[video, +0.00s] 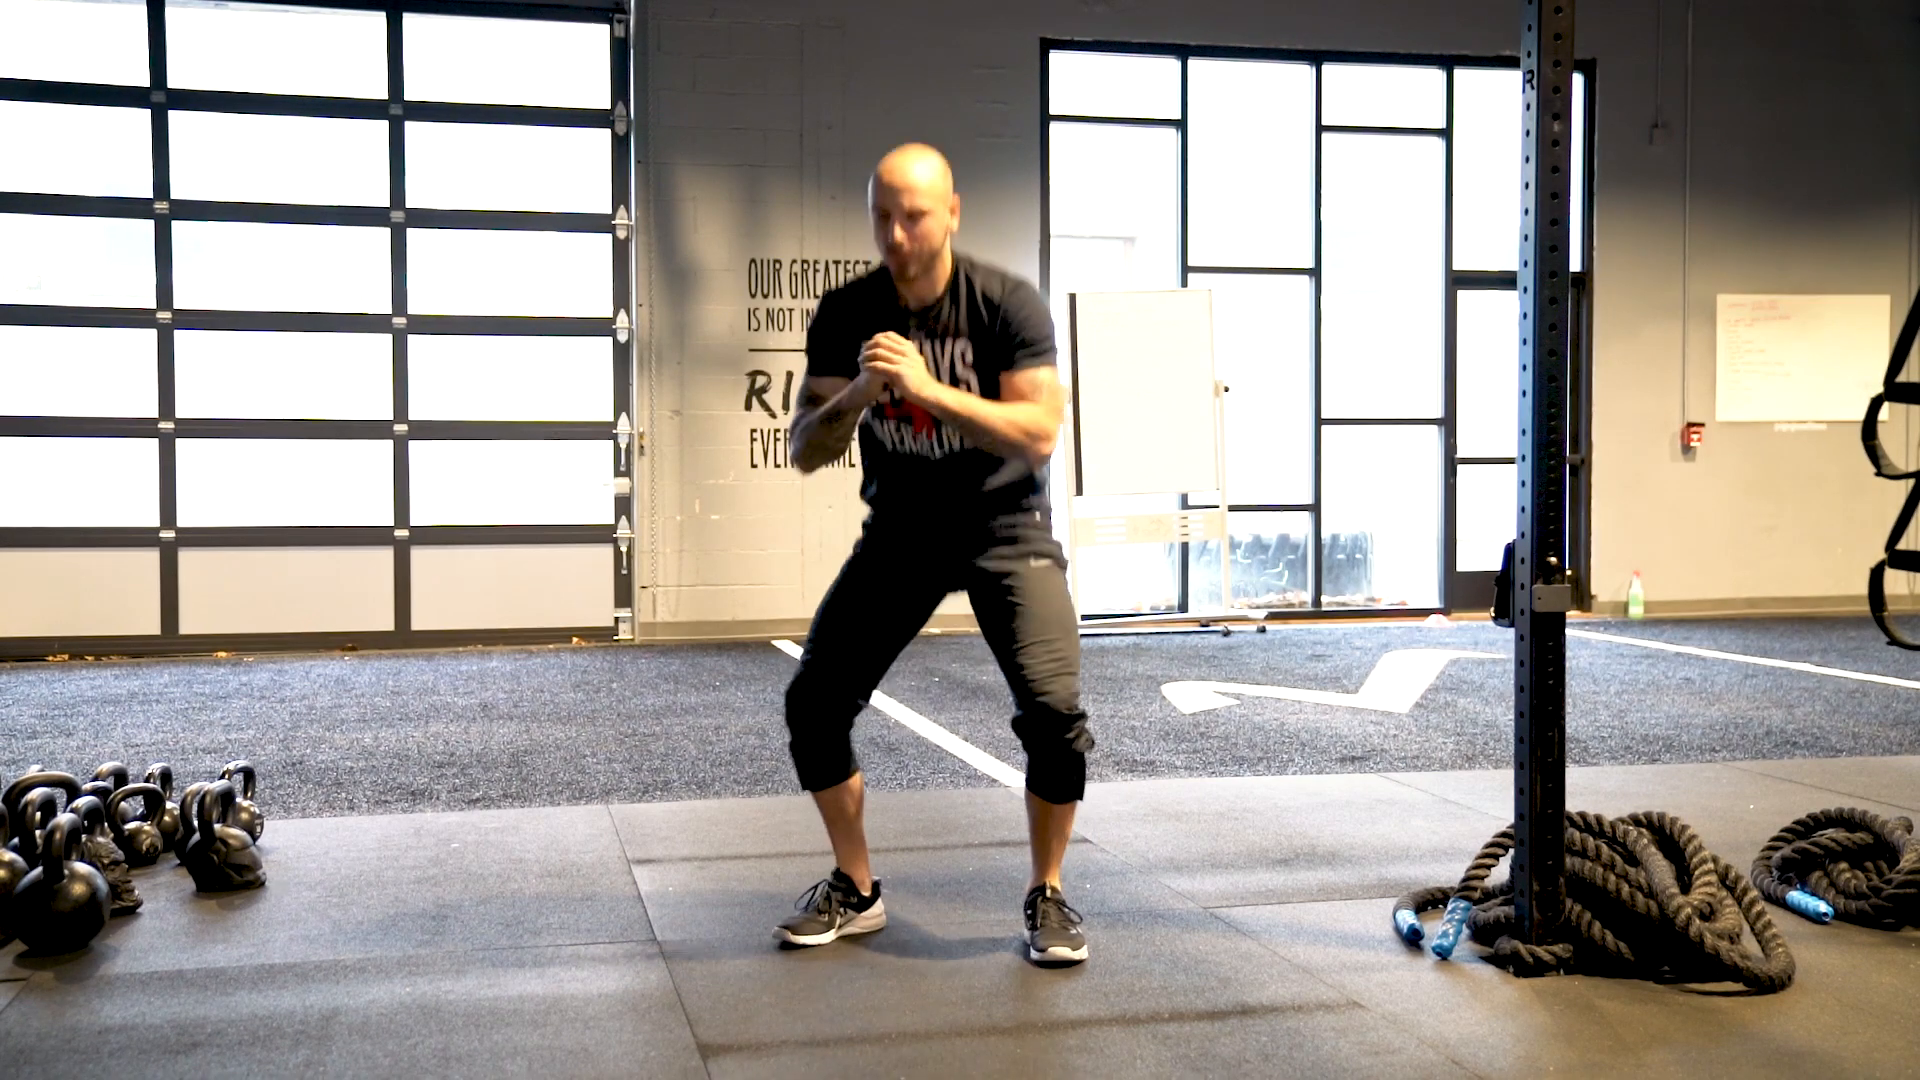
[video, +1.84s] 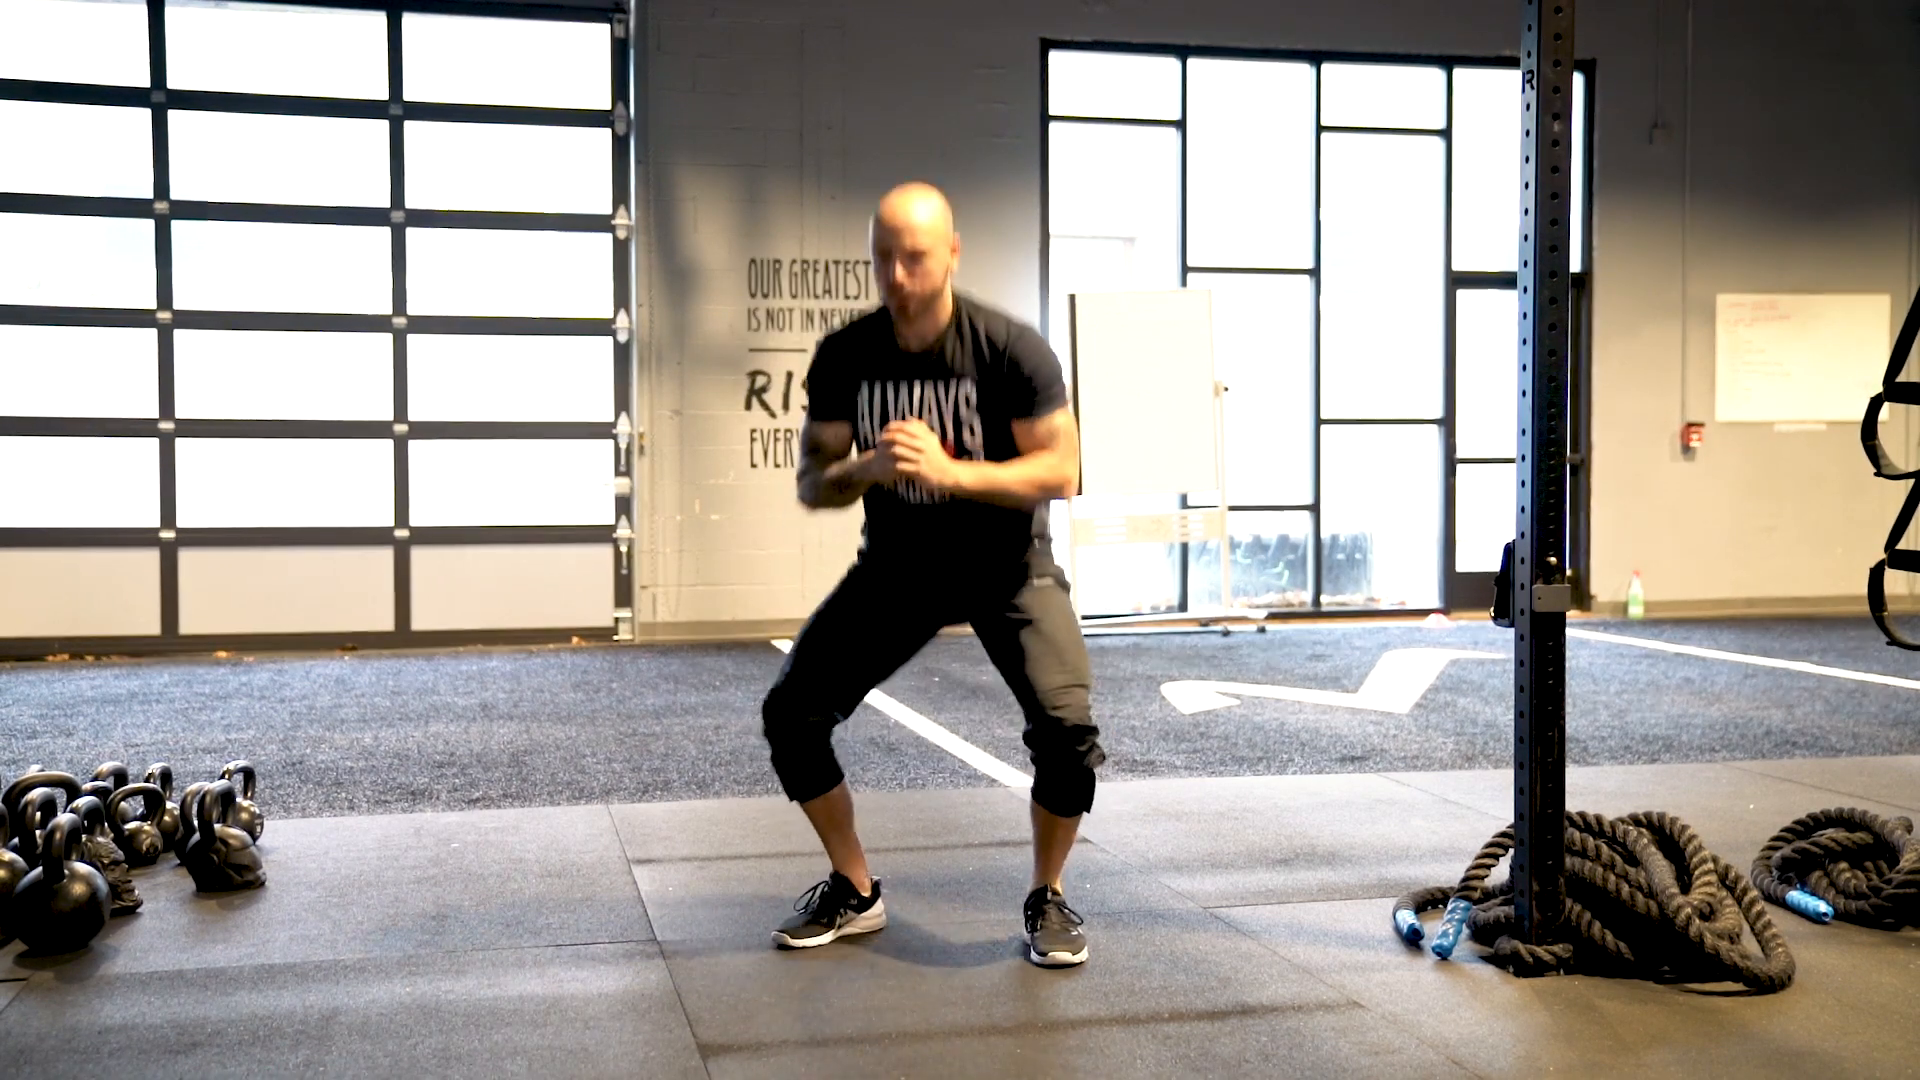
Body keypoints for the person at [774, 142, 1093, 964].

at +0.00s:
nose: (898, 238)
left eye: (915, 219)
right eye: (885, 220)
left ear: (953, 216)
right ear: (871, 221)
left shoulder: (1011, 306)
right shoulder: (843, 313)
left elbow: (1038, 437)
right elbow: (808, 453)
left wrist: (926, 389)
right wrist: (856, 396)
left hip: (1008, 532)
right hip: (902, 534)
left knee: (1056, 713)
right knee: (813, 708)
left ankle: (1048, 894)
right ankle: (855, 888)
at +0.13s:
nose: (897, 333)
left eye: (915, 313)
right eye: (885, 313)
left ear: (952, 311)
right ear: (871, 312)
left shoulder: (1003, 394)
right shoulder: (846, 397)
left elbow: (1018, 502)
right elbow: (782, 513)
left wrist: (913, 423)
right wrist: (843, 431)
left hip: (1010, 601)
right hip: (905, 604)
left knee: (1073, 736)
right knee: (781, 723)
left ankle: (1047, 899)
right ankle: (853, 889)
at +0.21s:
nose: (897, 404)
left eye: (915, 387)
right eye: (886, 386)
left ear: (953, 385)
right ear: (872, 383)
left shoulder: (1001, 460)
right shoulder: (851, 460)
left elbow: (1007, 557)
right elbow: (777, 563)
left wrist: (911, 468)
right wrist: (846, 472)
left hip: (1004, 656)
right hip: (902, 660)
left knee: (1085, 758)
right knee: (771, 738)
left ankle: (1046, 900)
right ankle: (854, 890)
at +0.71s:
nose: (902, 352)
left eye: (920, 332)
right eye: (890, 332)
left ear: (958, 329)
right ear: (876, 331)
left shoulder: (1010, 417)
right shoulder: (847, 418)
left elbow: (1037, 536)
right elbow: (793, 546)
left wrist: (927, 475)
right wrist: (852, 475)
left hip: (1010, 616)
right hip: (903, 615)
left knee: (1081, 744)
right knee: (777, 726)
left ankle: (1047, 898)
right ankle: (853, 887)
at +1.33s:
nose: (898, 459)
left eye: (917, 443)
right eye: (886, 442)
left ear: (955, 441)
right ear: (873, 440)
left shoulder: (1004, 513)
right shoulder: (850, 515)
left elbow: (1004, 613)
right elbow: (779, 619)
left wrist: (908, 520)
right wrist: (847, 524)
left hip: (1001, 706)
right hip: (899, 707)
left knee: (1092, 762)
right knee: (767, 741)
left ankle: (1046, 899)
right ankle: (854, 889)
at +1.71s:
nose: (899, 377)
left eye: (917, 358)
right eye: (888, 358)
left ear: (954, 357)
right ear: (873, 358)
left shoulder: (1007, 442)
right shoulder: (846, 445)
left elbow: (1048, 563)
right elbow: (792, 572)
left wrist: (929, 510)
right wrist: (851, 513)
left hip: (1008, 631)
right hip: (903, 631)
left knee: (1085, 750)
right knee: (774, 731)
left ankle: (1047, 899)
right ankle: (854, 890)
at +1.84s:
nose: (897, 278)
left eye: (915, 260)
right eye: (885, 259)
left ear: (952, 257)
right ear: (870, 258)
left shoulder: (1014, 351)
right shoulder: (843, 356)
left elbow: (1061, 472)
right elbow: (817, 487)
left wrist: (955, 472)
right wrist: (867, 467)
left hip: (1009, 566)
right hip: (899, 566)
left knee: (1068, 731)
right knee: (792, 716)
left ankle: (1048, 897)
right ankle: (854, 888)